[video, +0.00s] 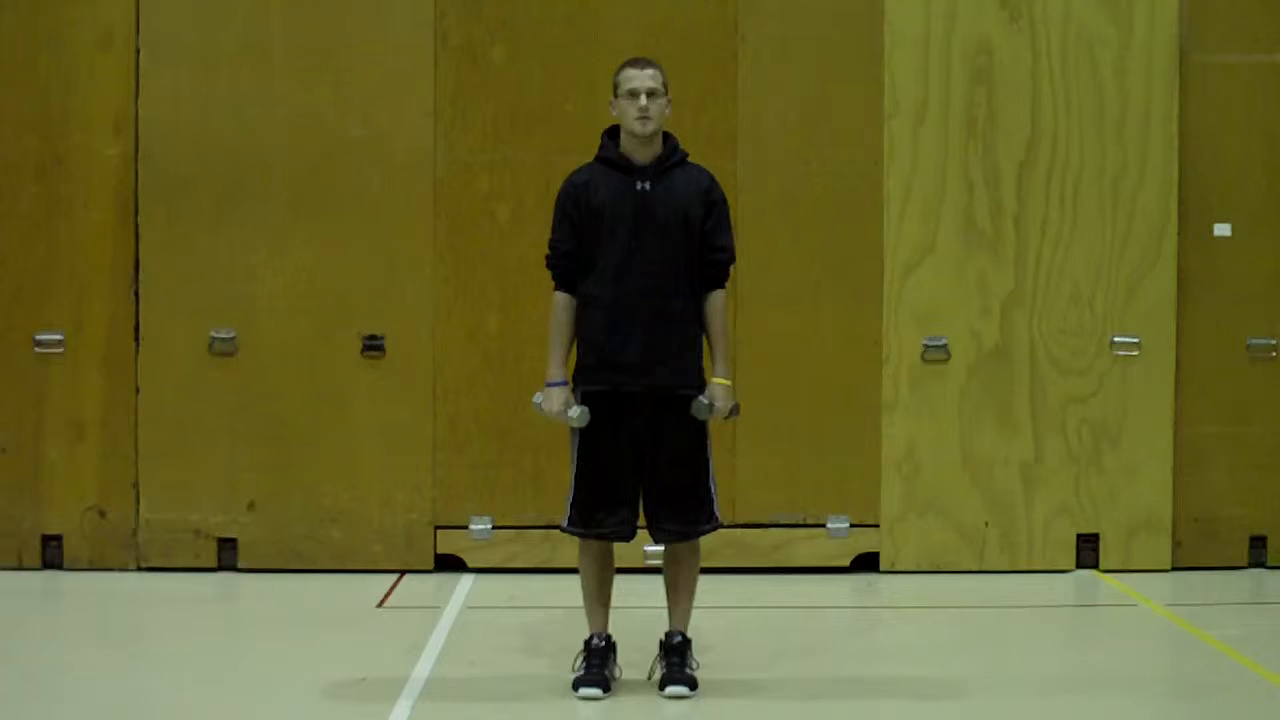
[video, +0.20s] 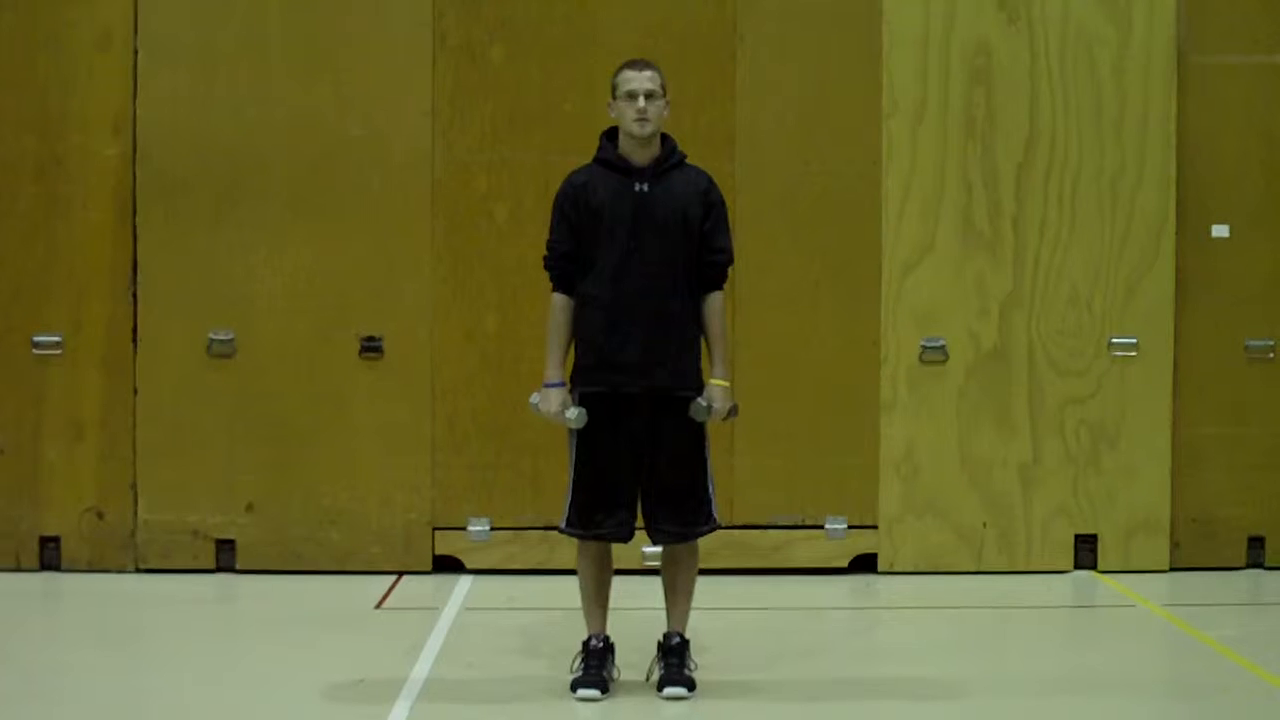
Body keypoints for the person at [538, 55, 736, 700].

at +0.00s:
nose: (645, 105)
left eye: (654, 95)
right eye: (633, 96)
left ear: (669, 106)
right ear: (614, 106)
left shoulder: (699, 186)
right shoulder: (583, 187)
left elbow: (714, 287)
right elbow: (565, 289)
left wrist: (722, 374)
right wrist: (556, 378)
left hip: (677, 383)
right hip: (601, 383)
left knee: (681, 522)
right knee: (596, 521)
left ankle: (677, 646)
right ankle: (597, 646)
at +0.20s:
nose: (643, 107)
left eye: (653, 97)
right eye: (632, 97)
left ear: (667, 107)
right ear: (612, 108)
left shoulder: (697, 188)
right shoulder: (581, 188)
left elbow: (713, 289)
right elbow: (562, 290)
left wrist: (720, 375)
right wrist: (554, 378)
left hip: (676, 384)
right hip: (600, 384)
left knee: (680, 523)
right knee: (594, 522)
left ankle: (675, 647)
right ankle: (596, 647)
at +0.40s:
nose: (642, 106)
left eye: (652, 96)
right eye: (631, 96)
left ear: (666, 105)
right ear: (611, 106)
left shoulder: (696, 186)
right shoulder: (580, 187)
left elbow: (712, 288)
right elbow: (562, 289)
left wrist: (720, 374)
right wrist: (553, 377)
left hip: (674, 383)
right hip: (599, 383)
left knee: (679, 523)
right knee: (594, 521)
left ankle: (675, 646)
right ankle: (595, 646)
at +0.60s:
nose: (640, 107)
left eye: (650, 97)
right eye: (629, 97)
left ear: (665, 107)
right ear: (610, 107)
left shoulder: (695, 188)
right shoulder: (579, 187)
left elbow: (710, 289)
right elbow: (560, 289)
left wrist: (718, 375)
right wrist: (551, 378)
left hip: (672, 384)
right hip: (597, 384)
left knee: (677, 524)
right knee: (593, 522)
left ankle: (673, 647)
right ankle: (594, 648)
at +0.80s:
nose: (639, 109)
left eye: (649, 99)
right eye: (628, 100)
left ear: (664, 108)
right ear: (610, 108)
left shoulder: (694, 187)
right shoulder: (578, 187)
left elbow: (710, 288)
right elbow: (560, 289)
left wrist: (718, 374)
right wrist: (551, 377)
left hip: (672, 383)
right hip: (597, 384)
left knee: (678, 523)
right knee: (593, 521)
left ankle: (673, 647)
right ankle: (593, 647)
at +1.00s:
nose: (640, 106)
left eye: (650, 96)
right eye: (629, 96)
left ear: (665, 106)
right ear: (610, 107)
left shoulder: (695, 187)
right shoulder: (578, 186)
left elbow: (710, 287)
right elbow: (560, 288)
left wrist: (719, 372)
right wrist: (551, 376)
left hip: (672, 383)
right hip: (597, 383)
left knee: (678, 523)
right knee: (593, 521)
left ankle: (673, 647)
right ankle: (594, 647)